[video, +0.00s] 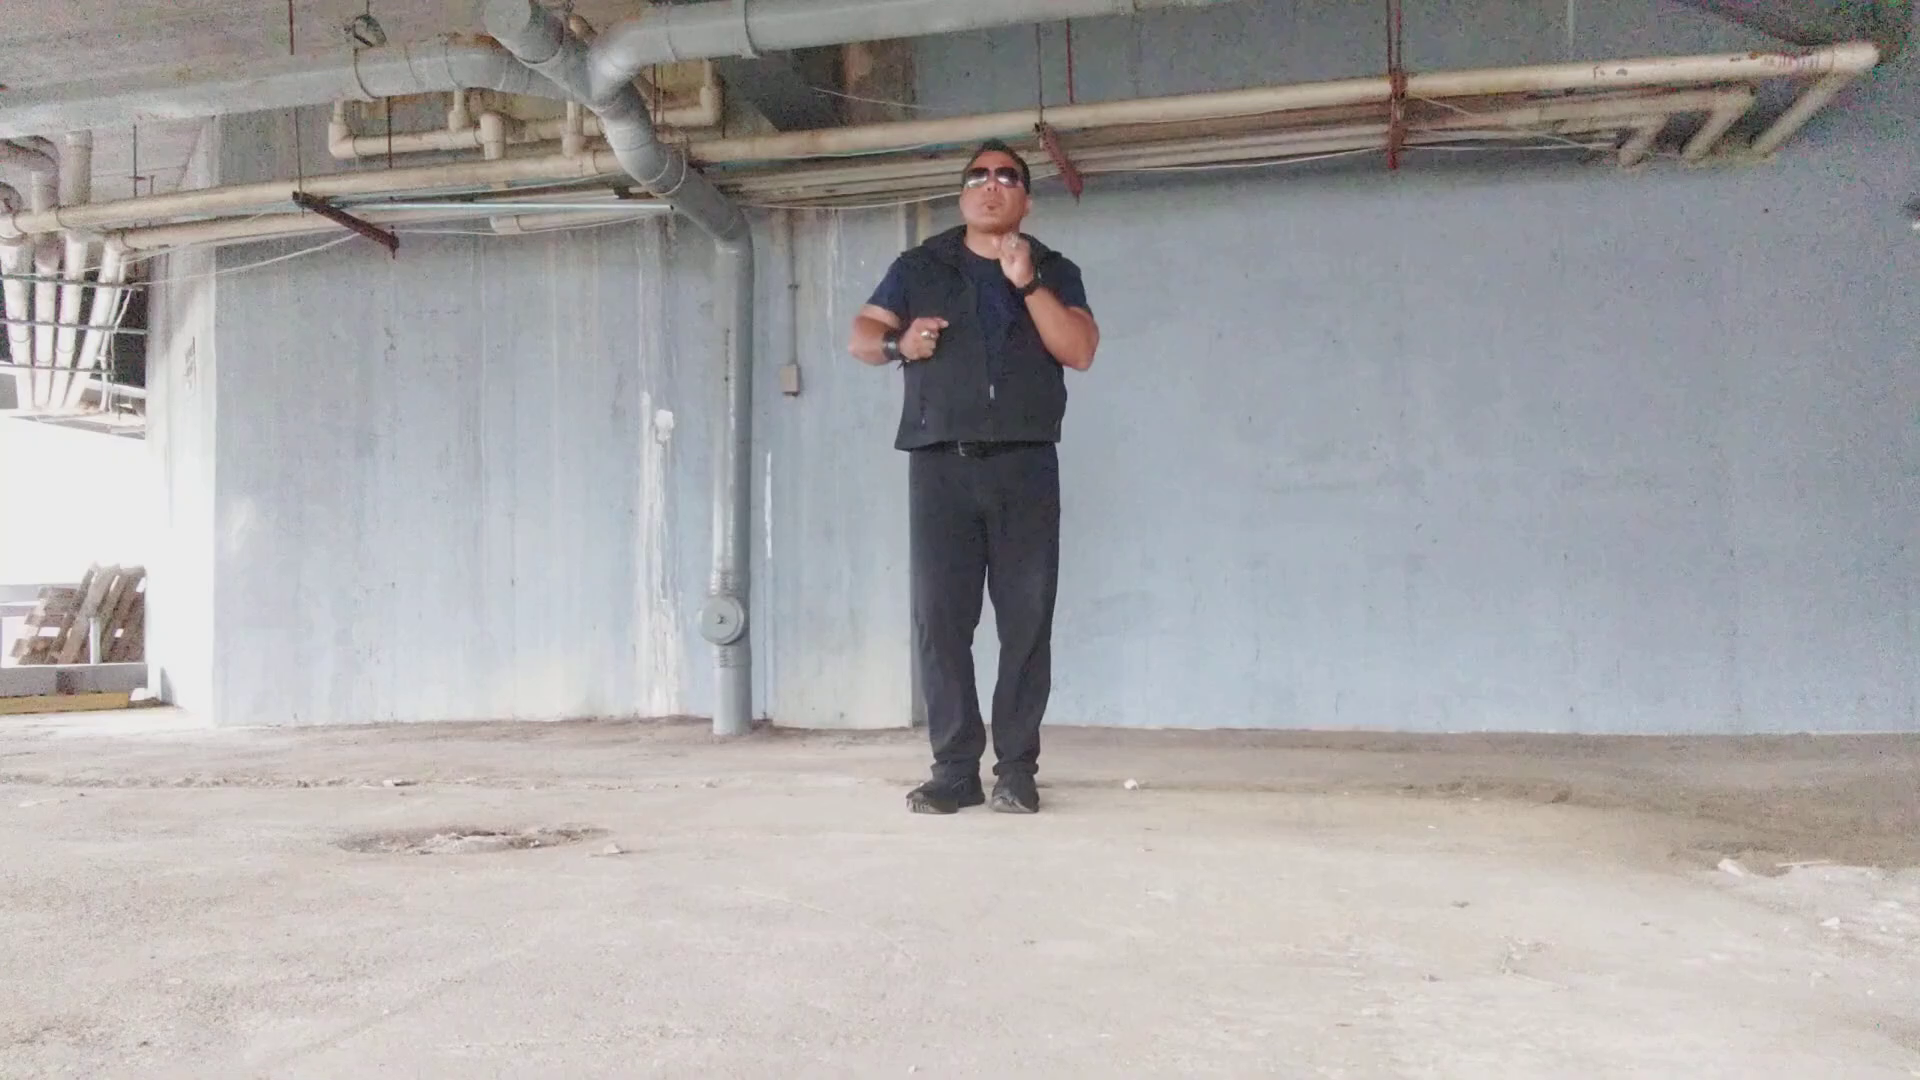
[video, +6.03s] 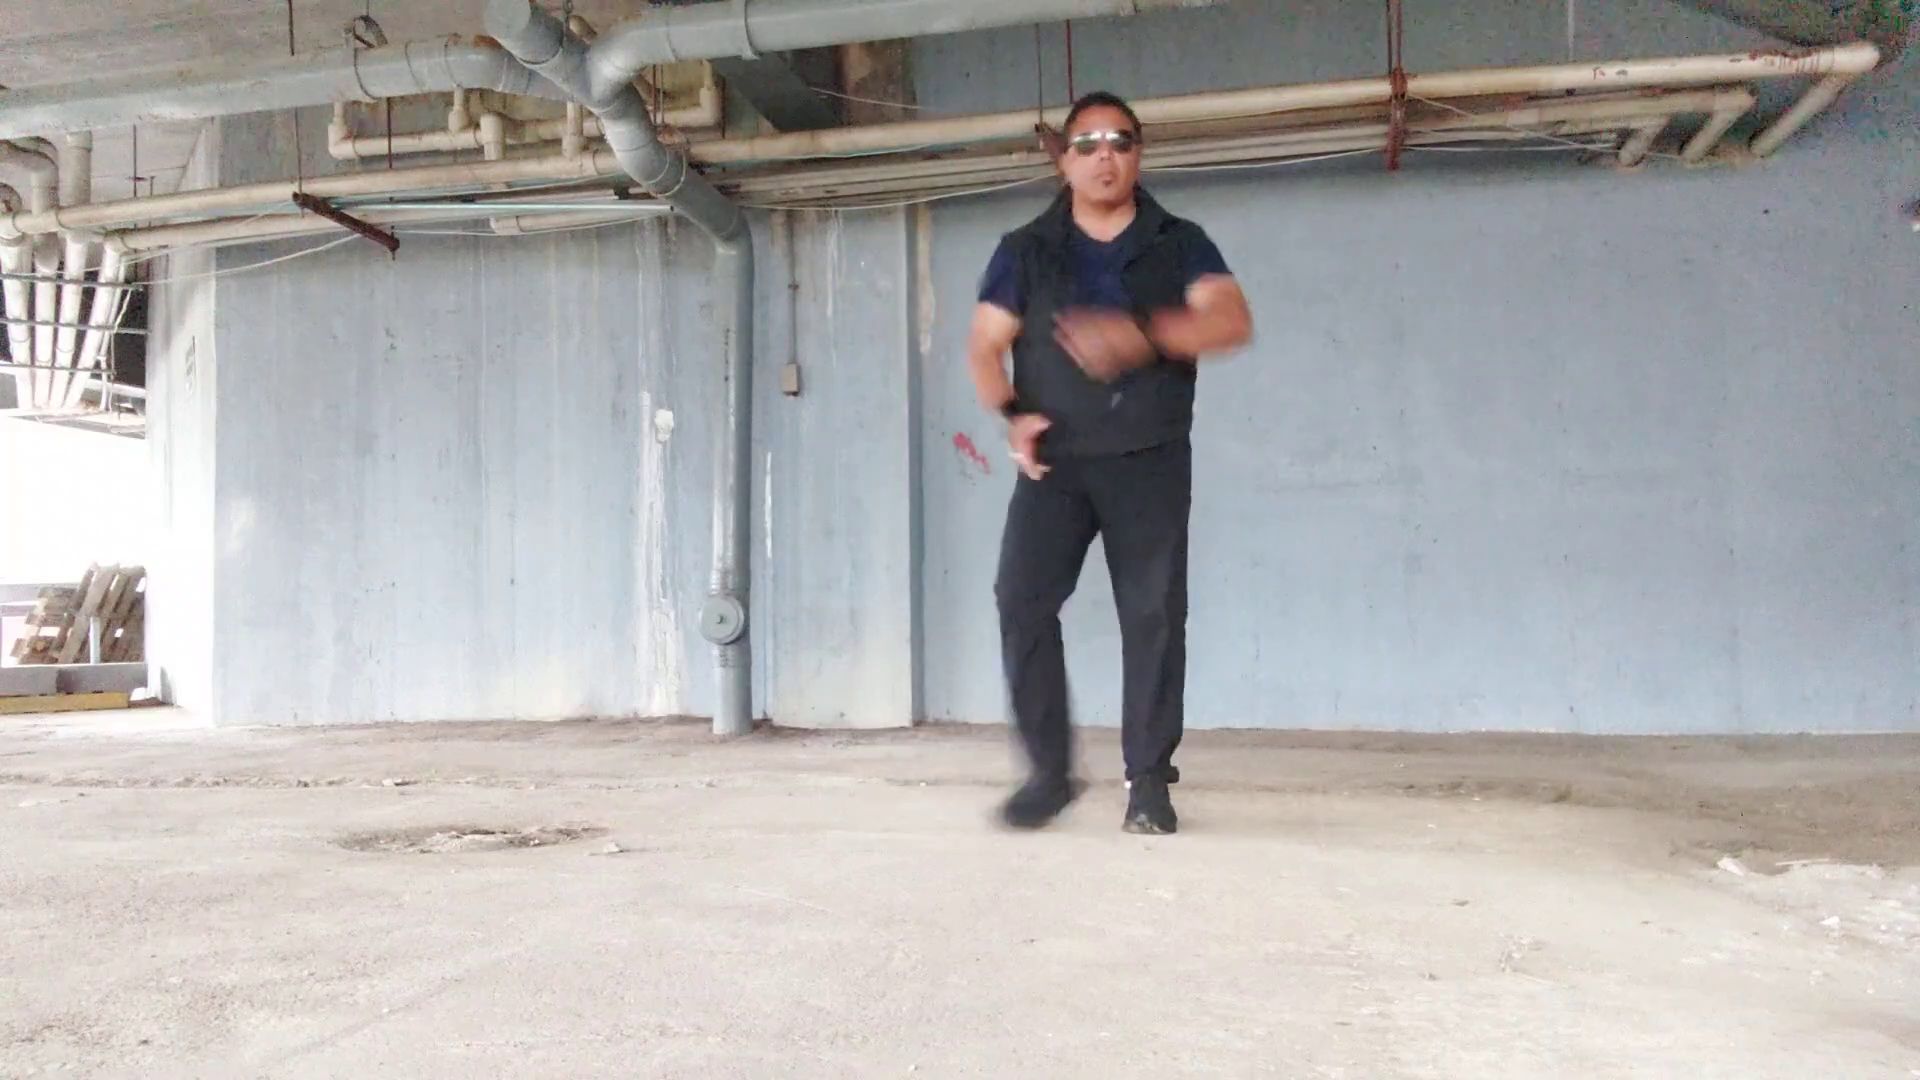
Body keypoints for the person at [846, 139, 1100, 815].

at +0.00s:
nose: (995, 186)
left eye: (1009, 178)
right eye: (982, 177)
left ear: (1027, 200)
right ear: (962, 196)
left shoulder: (1054, 270)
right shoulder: (920, 264)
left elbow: (1080, 351)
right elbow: (861, 338)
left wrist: (1029, 283)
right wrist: (898, 343)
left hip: (1024, 465)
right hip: (939, 466)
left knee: (1027, 622)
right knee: (940, 621)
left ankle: (1017, 768)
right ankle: (954, 770)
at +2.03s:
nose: (991, 215)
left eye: (1005, 203)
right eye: (977, 202)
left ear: (1022, 212)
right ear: (955, 209)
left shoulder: (1054, 285)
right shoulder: (913, 279)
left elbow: (1085, 378)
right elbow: (871, 361)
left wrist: (1031, 365)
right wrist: (881, 422)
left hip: (1017, 489)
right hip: (928, 485)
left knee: (1025, 632)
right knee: (905, 618)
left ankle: (1008, 772)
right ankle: (924, 733)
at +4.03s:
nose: (1000, 185)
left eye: (1015, 172)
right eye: (985, 171)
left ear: (1035, 182)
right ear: (960, 180)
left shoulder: (1072, 264)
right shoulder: (922, 260)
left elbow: (1124, 351)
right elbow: (882, 354)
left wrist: (1172, 428)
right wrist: (942, 349)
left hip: (1032, 467)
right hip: (946, 473)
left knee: (1032, 613)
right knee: (926, 614)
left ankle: (1063, 771)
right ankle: (1022, 729)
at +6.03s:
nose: (1106, 156)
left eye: (1121, 143)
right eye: (1088, 145)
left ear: (1139, 157)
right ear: (1063, 162)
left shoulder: (1176, 242)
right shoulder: (1027, 250)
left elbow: (1232, 323)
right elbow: (984, 346)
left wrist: (1142, 334)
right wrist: (1011, 416)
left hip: (1149, 465)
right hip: (1055, 465)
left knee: (1153, 617)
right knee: (1022, 601)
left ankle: (1150, 781)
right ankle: (1049, 772)